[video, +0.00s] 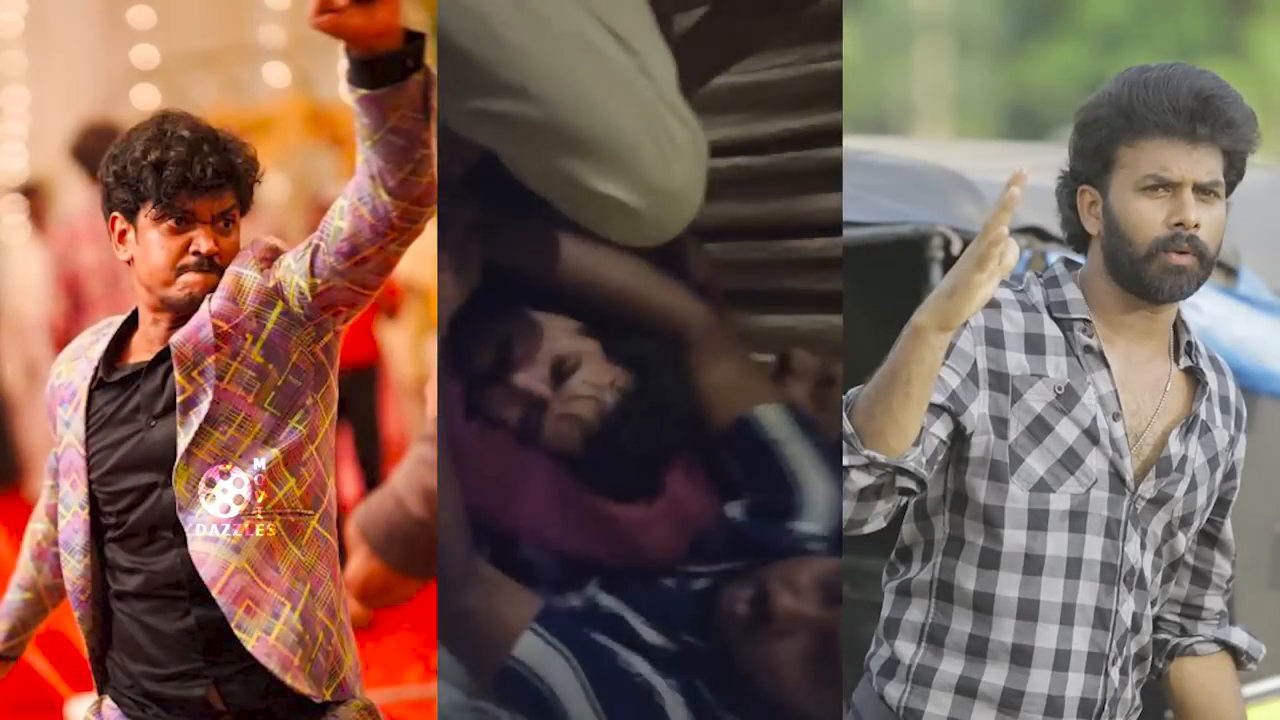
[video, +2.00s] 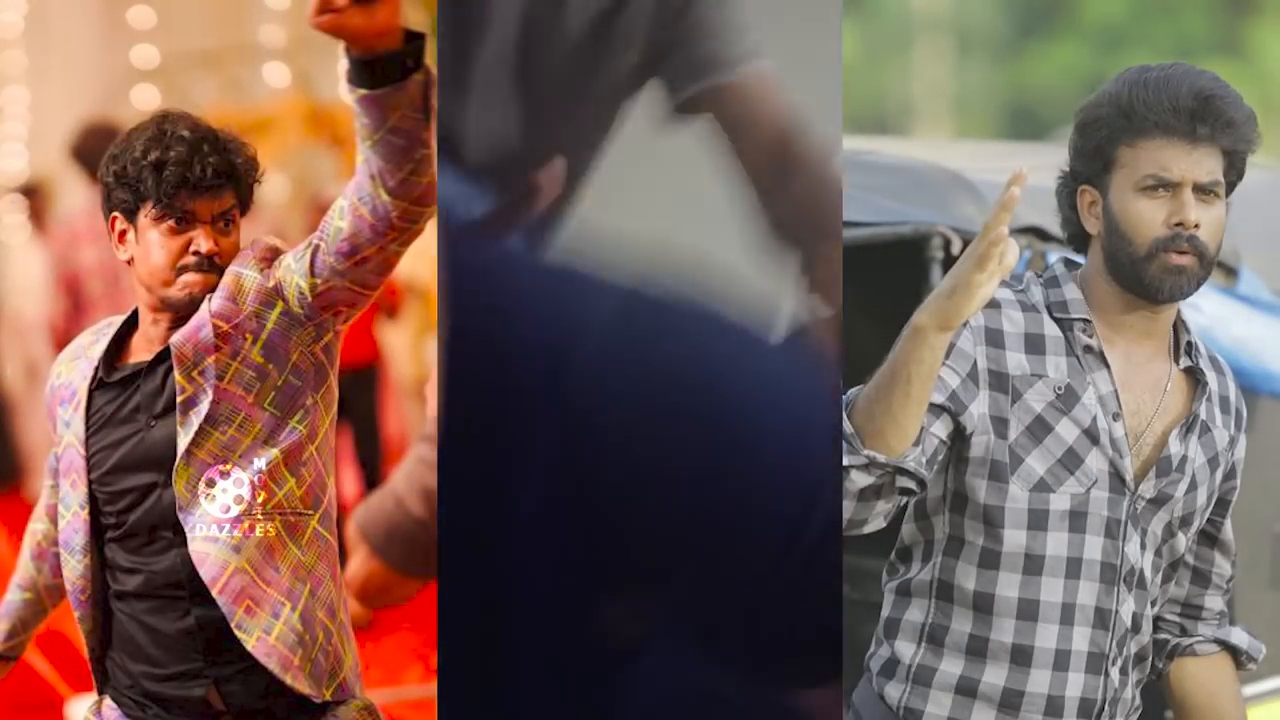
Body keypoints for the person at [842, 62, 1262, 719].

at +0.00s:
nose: (1187, 217)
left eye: (1207, 194)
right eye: (1157, 190)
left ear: (1227, 209)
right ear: (1092, 208)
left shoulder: (1219, 397)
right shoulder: (985, 328)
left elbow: (1193, 615)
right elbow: (857, 504)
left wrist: (1224, 711)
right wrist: (932, 325)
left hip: (1105, 709)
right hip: (936, 701)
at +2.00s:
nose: (1187, 217)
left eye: (1207, 194)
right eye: (1157, 190)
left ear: (1227, 208)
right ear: (1092, 207)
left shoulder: (1219, 398)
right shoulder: (984, 329)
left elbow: (1193, 617)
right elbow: (850, 508)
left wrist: (1225, 711)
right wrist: (931, 327)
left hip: (1105, 709)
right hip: (935, 702)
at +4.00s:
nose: (1188, 217)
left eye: (1207, 194)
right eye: (1157, 189)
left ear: (1227, 208)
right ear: (1092, 208)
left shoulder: (1219, 397)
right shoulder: (984, 329)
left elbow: (1193, 618)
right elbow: (854, 506)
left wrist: (1226, 711)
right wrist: (931, 327)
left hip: (1105, 710)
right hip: (935, 702)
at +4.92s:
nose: (1187, 217)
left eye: (1207, 194)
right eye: (1157, 190)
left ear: (1227, 208)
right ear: (1092, 207)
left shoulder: (1219, 398)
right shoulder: (984, 328)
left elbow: (1193, 617)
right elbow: (852, 507)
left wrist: (1225, 711)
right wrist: (931, 327)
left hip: (1105, 709)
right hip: (935, 702)